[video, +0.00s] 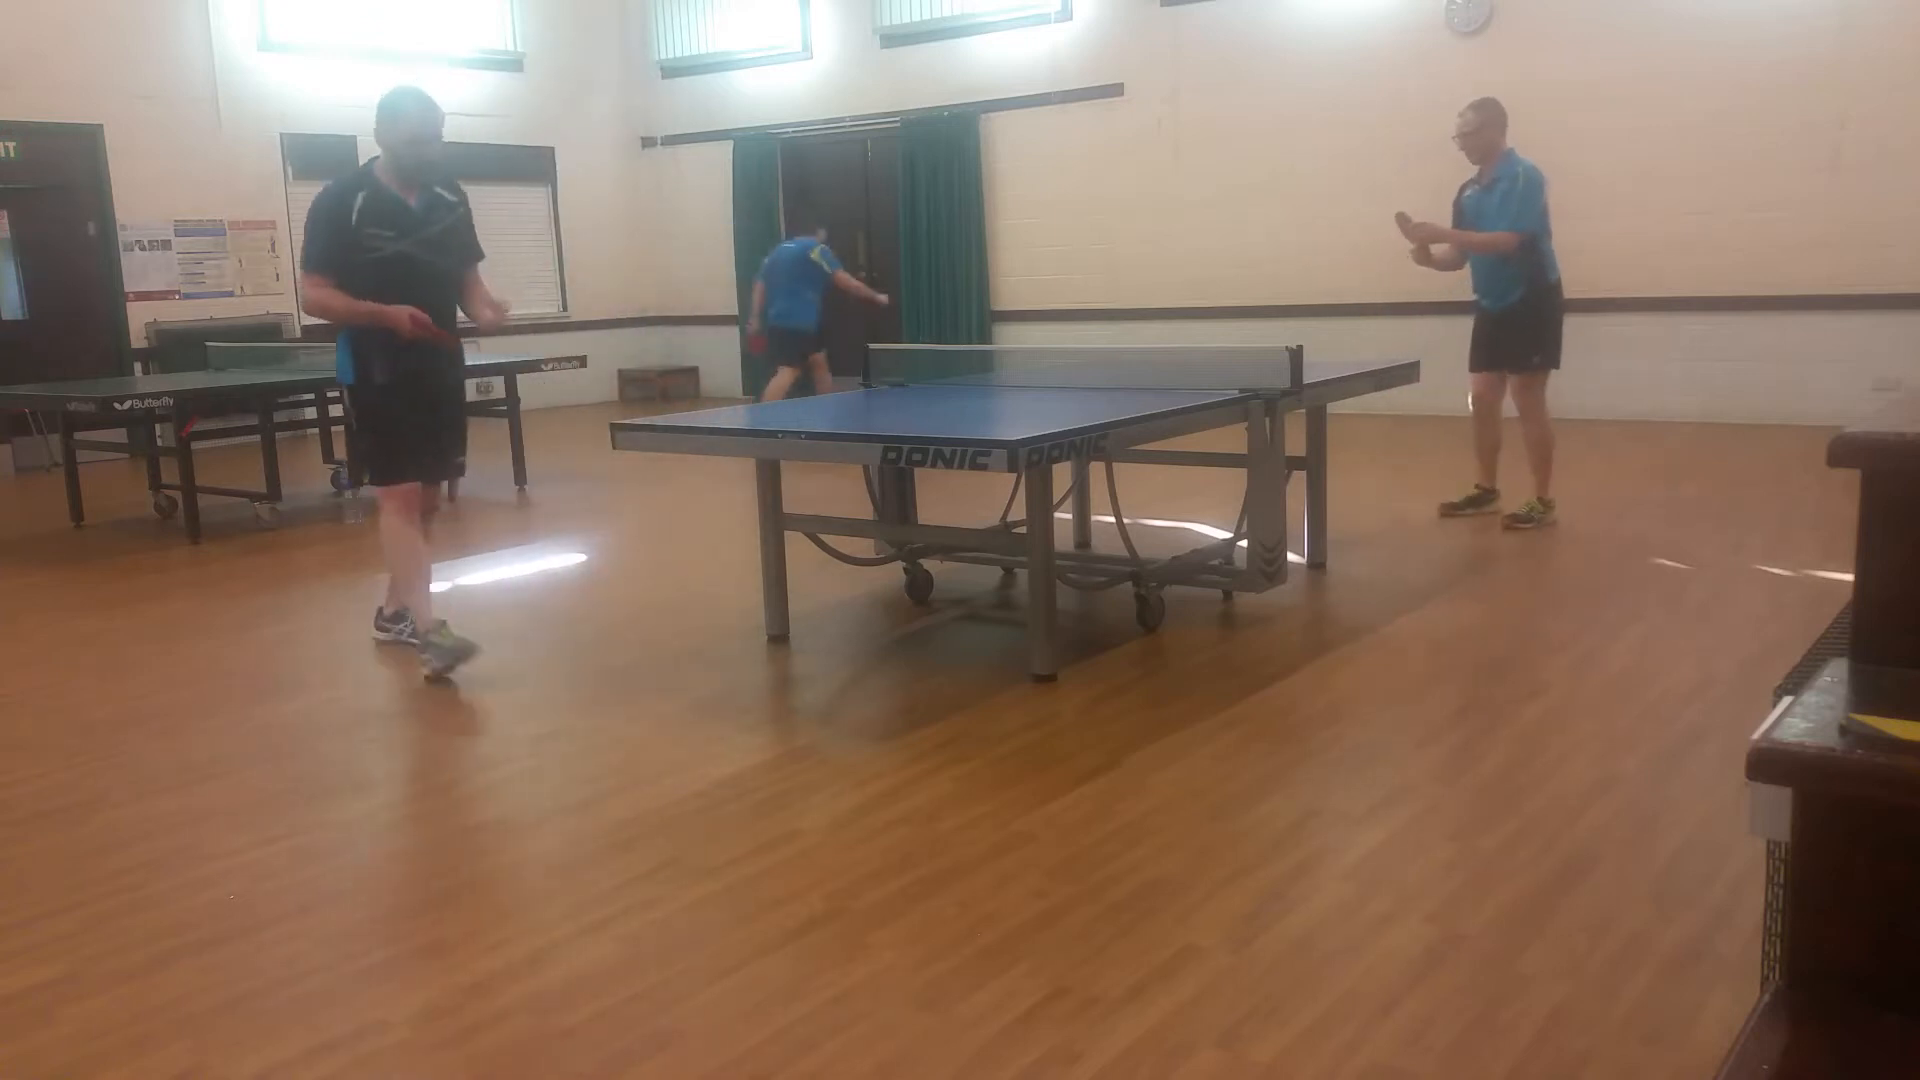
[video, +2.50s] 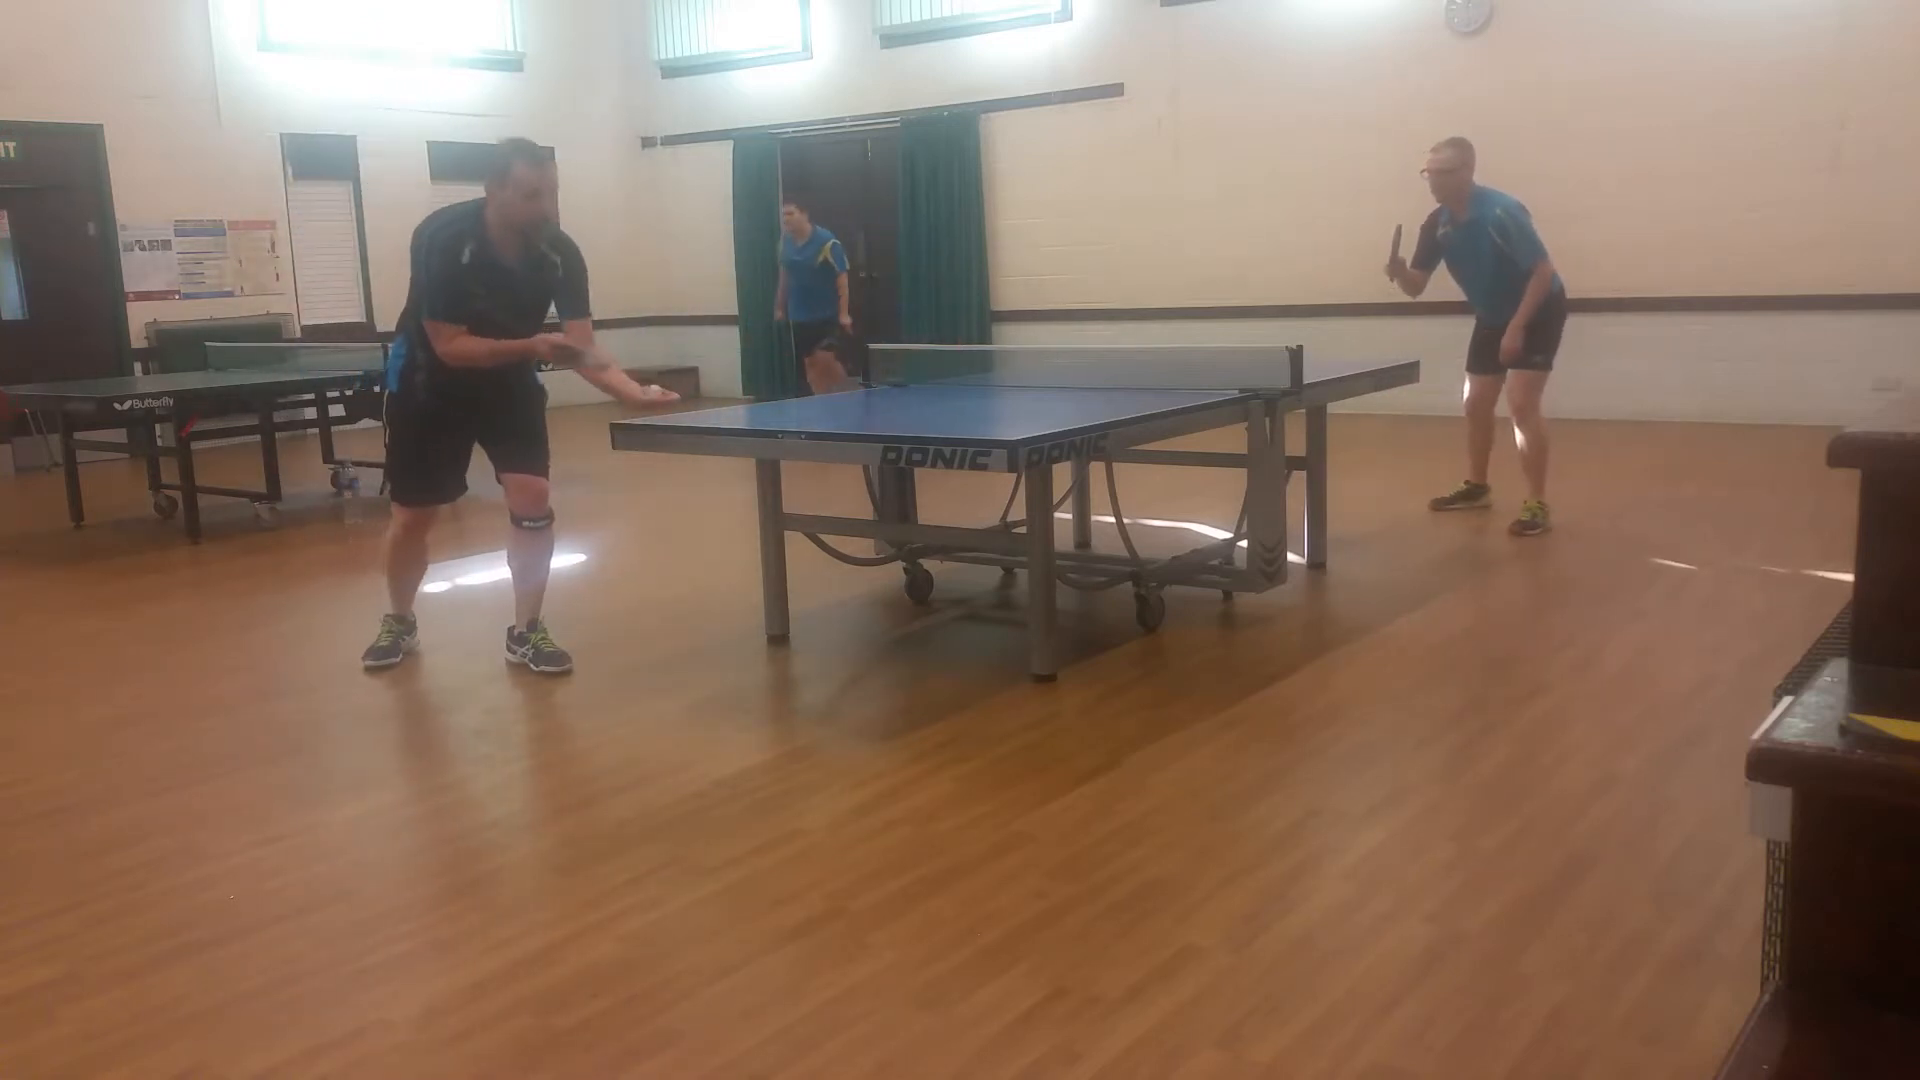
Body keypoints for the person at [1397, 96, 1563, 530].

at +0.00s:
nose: (1459, 143)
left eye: (1466, 134)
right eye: (1457, 135)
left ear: (1493, 131)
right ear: (1470, 137)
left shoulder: (1525, 177)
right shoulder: (1467, 192)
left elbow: (1511, 241)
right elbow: (1458, 256)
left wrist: (1443, 234)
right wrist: (1429, 257)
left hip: (1533, 300)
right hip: (1492, 303)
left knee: (1528, 397)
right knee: (1483, 396)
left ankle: (1543, 501)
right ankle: (1486, 490)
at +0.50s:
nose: (1444, 144)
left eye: (1452, 137)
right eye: (1443, 137)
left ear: (1479, 138)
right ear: (1454, 141)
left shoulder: (1512, 181)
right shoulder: (1451, 203)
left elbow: (1529, 245)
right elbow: (1457, 268)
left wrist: (1462, 260)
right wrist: (1433, 272)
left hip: (1535, 297)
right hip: (1492, 304)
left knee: (1535, 398)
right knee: (1485, 399)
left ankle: (1561, 498)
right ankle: (1485, 490)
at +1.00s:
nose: (1457, 162)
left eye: (1465, 154)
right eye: (1456, 155)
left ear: (1494, 152)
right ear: (1463, 156)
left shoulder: (1529, 194)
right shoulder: (1474, 210)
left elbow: (1565, 257)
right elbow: (1477, 273)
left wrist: (1516, 297)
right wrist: (1440, 268)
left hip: (1562, 303)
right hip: (1520, 308)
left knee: (1543, 408)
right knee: (1502, 404)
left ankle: (1560, 512)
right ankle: (1485, 489)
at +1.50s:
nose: (1428, 184)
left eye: (1436, 177)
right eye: (1427, 177)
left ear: (1462, 176)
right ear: (1437, 179)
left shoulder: (1503, 215)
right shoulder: (1441, 229)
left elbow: (1550, 267)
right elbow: (1430, 293)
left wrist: (1523, 321)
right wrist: (1409, 285)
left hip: (1539, 314)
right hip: (1495, 318)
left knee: (1536, 409)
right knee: (1468, 404)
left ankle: (1558, 509)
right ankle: (1476, 485)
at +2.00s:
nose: (1425, 182)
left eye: (1433, 174)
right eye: (1424, 175)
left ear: (1461, 173)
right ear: (1428, 177)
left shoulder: (1499, 211)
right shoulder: (1435, 227)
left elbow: (1539, 269)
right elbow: (1414, 286)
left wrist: (1502, 324)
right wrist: (1396, 272)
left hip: (1539, 305)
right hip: (1495, 311)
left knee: (1522, 404)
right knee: (1476, 402)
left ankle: (1536, 504)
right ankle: (1476, 486)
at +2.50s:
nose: (1428, 181)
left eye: (1436, 174)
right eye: (1427, 174)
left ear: (1464, 174)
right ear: (1432, 176)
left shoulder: (1502, 211)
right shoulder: (1437, 224)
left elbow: (1543, 272)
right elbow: (1416, 285)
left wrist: (1516, 327)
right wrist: (1400, 273)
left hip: (1538, 307)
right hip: (1493, 313)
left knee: (1521, 403)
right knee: (1476, 403)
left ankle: (1536, 504)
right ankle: (1477, 486)